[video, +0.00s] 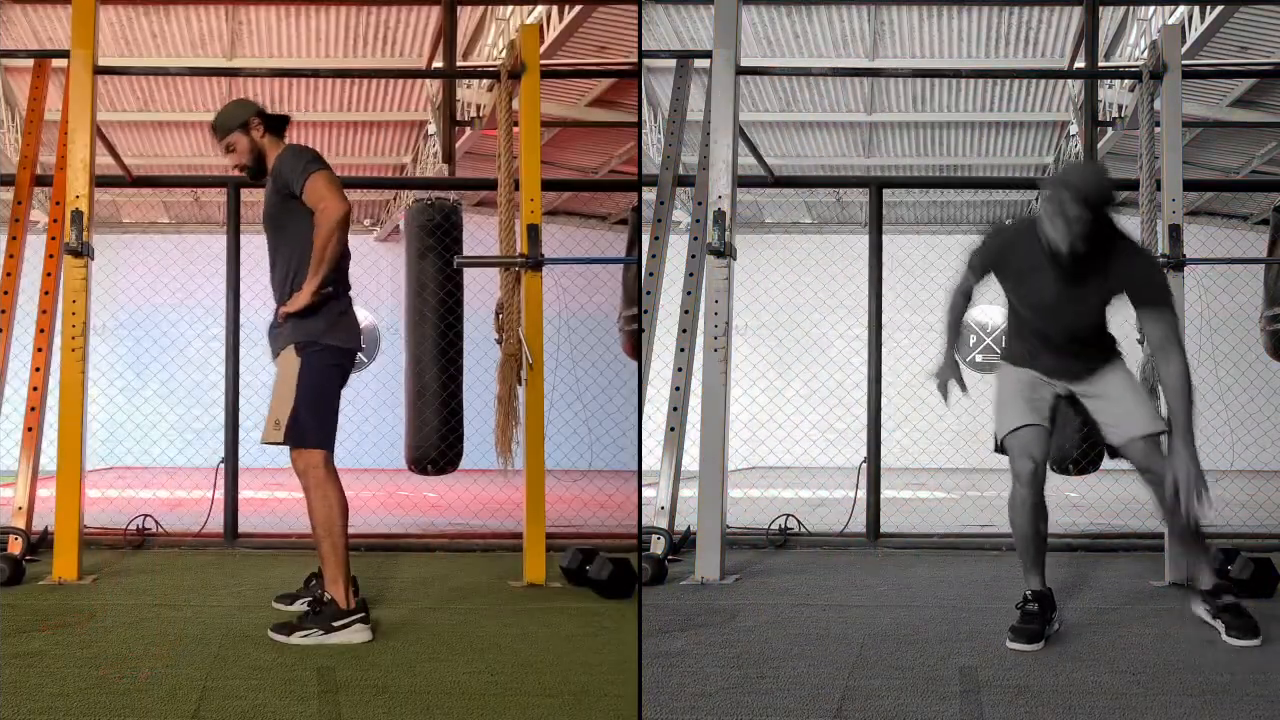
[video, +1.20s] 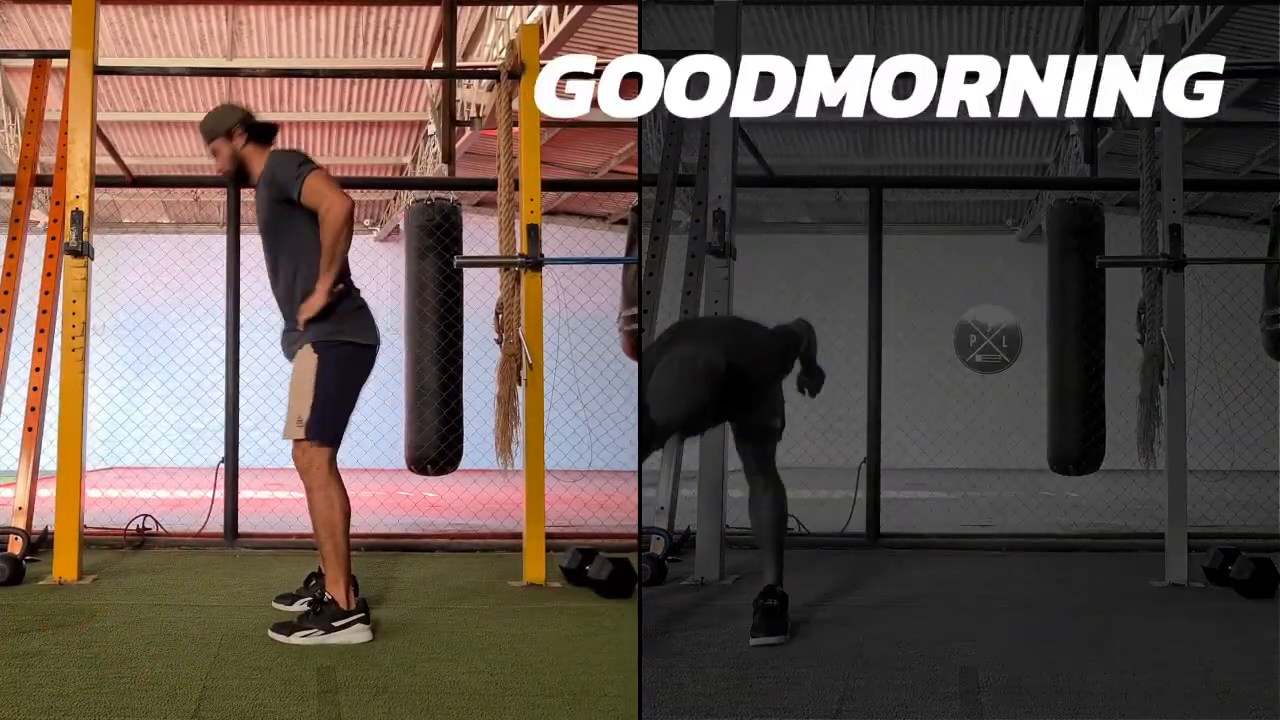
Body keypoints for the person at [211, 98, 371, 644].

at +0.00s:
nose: (230, 158)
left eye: (231, 146)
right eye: (224, 150)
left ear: (256, 129)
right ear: (255, 132)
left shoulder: (293, 159)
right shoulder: (285, 174)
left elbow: (334, 209)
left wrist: (310, 288)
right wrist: (301, 298)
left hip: (317, 340)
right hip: (312, 340)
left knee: (311, 462)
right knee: (310, 462)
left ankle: (342, 603)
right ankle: (332, 582)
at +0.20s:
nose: (193, 227)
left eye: (188, 215)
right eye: (185, 220)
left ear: (206, 191)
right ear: (207, 192)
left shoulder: (253, 206)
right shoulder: (250, 216)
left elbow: (323, 220)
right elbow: (320, 225)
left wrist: (344, 298)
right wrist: (330, 310)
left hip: (356, 339)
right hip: (349, 340)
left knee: (316, 458)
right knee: (317, 458)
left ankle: (342, 606)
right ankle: (337, 580)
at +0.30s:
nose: (183, 282)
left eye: (178, 272)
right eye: (177, 277)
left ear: (190, 249)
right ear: (192, 249)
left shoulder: (243, 248)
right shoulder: (241, 255)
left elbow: (319, 249)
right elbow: (315, 248)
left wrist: (358, 317)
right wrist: (345, 322)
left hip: (373, 347)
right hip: (366, 347)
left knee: (315, 458)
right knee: (320, 459)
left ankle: (342, 603)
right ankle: (335, 580)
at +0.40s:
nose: (185, 335)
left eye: (177, 326)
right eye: (175, 331)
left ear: (186, 300)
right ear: (188, 299)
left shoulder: (237, 288)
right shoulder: (235, 303)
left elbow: (316, 274)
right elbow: (313, 277)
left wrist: (367, 326)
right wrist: (344, 346)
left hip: (384, 353)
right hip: (376, 354)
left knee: (318, 457)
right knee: (319, 458)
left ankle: (342, 603)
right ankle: (337, 583)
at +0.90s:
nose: (175, 300)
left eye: (170, 289)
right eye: (169, 293)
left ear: (182, 272)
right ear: (184, 270)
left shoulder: (234, 268)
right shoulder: (235, 280)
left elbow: (317, 256)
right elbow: (314, 258)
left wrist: (360, 319)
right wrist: (344, 333)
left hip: (375, 345)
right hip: (367, 346)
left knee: (315, 457)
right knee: (317, 457)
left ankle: (342, 603)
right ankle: (336, 582)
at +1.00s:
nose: (177, 238)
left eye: (175, 227)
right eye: (172, 229)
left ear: (196, 211)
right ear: (196, 213)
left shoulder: (248, 222)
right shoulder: (242, 236)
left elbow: (326, 231)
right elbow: (321, 236)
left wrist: (349, 307)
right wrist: (336, 316)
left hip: (361, 342)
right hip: (353, 342)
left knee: (313, 457)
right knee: (316, 457)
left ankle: (341, 605)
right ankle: (336, 579)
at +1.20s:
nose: (212, 161)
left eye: (213, 149)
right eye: (209, 152)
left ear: (237, 137)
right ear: (237, 137)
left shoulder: (282, 165)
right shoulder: (273, 178)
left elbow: (337, 206)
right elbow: (334, 212)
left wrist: (323, 287)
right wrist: (314, 293)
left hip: (333, 337)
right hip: (326, 337)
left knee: (313, 458)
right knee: (313, 458)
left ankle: (342, 604)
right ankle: (334, 579)